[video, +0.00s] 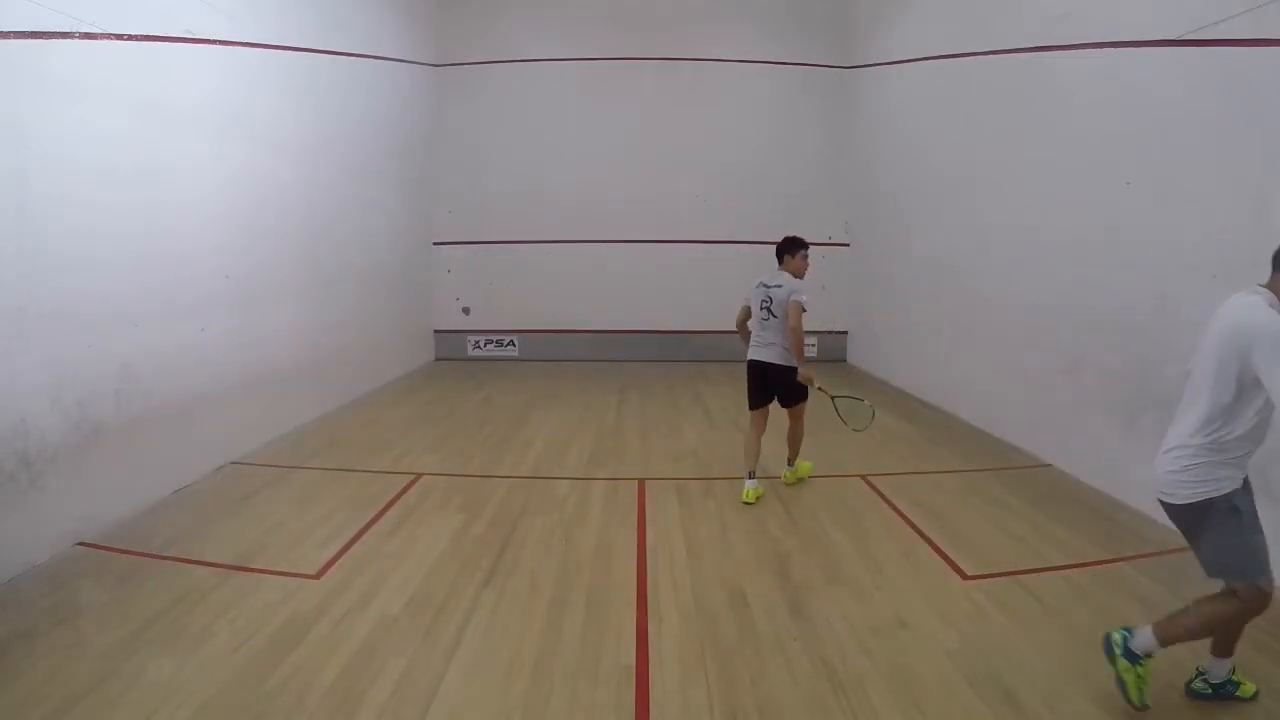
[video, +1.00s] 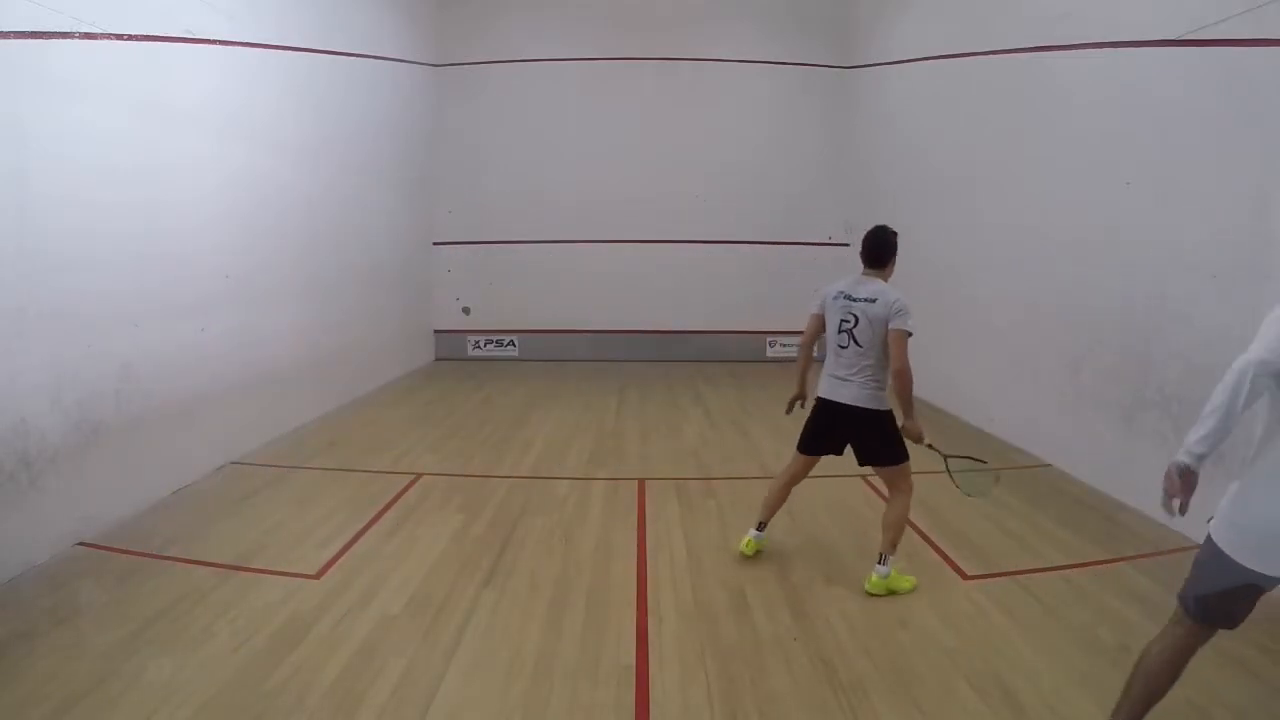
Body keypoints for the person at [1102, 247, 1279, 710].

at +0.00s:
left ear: (1271, 270)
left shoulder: (1244, 308)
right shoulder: (1262, 322)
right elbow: (1275, 390)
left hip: (1216, 472)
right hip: (1202, 480)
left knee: (1247, 576)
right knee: (1254, 595)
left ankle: (1216, 675)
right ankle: (1134, 645)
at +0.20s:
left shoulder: (1271, 332)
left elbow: (1232, 370)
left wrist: (1226, 393)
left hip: (1210, 464)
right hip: (1247, 470)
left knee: (1248, 572)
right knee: (1271, 589)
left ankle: (1214, 675)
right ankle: (1269, 711)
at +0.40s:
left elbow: (1271, 353)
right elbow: (1270, 354)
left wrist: (1212, 378)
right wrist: (1215, 377)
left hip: (1215, 499)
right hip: (1257, 520)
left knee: (1271, 590)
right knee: (1272, 592)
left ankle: (1232, 681)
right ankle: (1233, 681)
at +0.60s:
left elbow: (1271, 363)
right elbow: (1270, 364)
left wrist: (1232, 403)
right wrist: (1233, 403)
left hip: (1250, 493)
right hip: (1269, 513)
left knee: (1263, 584)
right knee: (1264, 585)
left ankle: (1228, 680)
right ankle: (1228, 679)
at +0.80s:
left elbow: (1276, 339)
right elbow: (1278, 339)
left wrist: (1238, 372)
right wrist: (1239, 372)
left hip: (1271, 496)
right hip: (1271, 498)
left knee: (1249, 591)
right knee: (1248, 592)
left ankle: (1182, 701)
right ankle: (1183, 700)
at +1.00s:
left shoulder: (1279, 318)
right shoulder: (1278, 320)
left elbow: (1258, 364)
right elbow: (1257, 366)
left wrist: (1191, 454)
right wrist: (1192, 454)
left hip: (1265, 511)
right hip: (1265, 511)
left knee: (1188, 627)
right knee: (1189, 626)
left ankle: (1122, 714)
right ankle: (1123, 713)